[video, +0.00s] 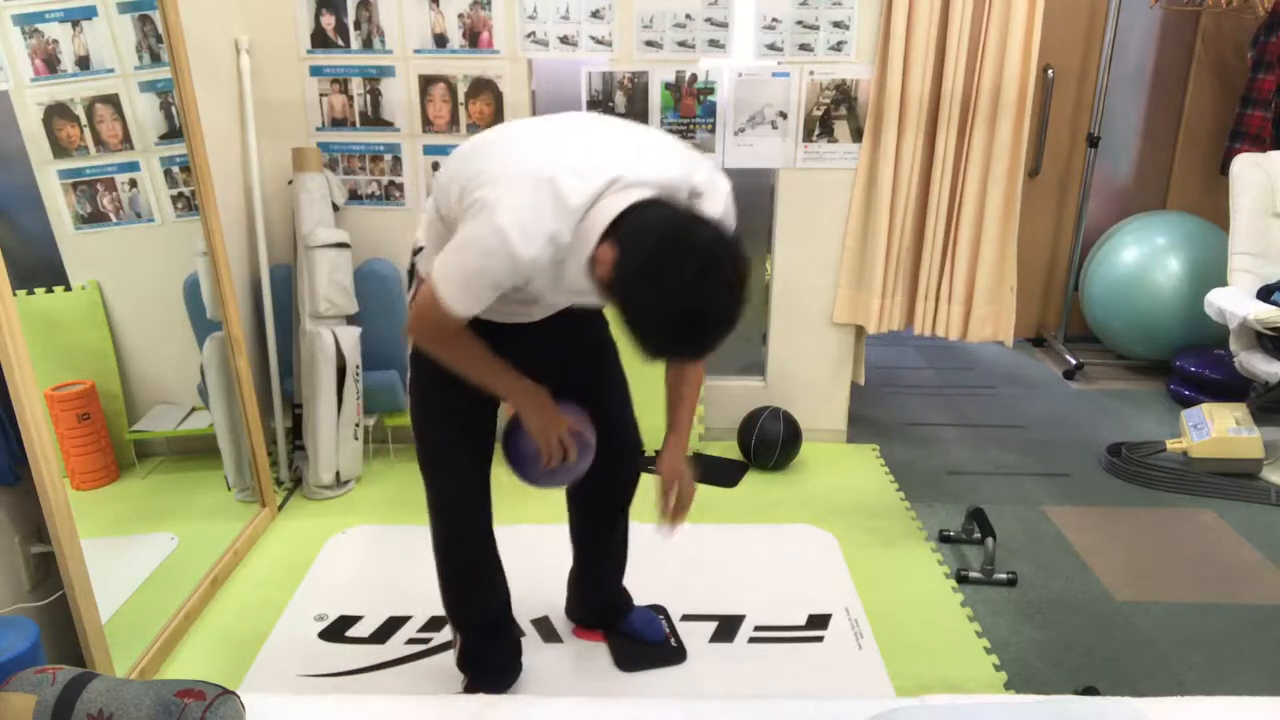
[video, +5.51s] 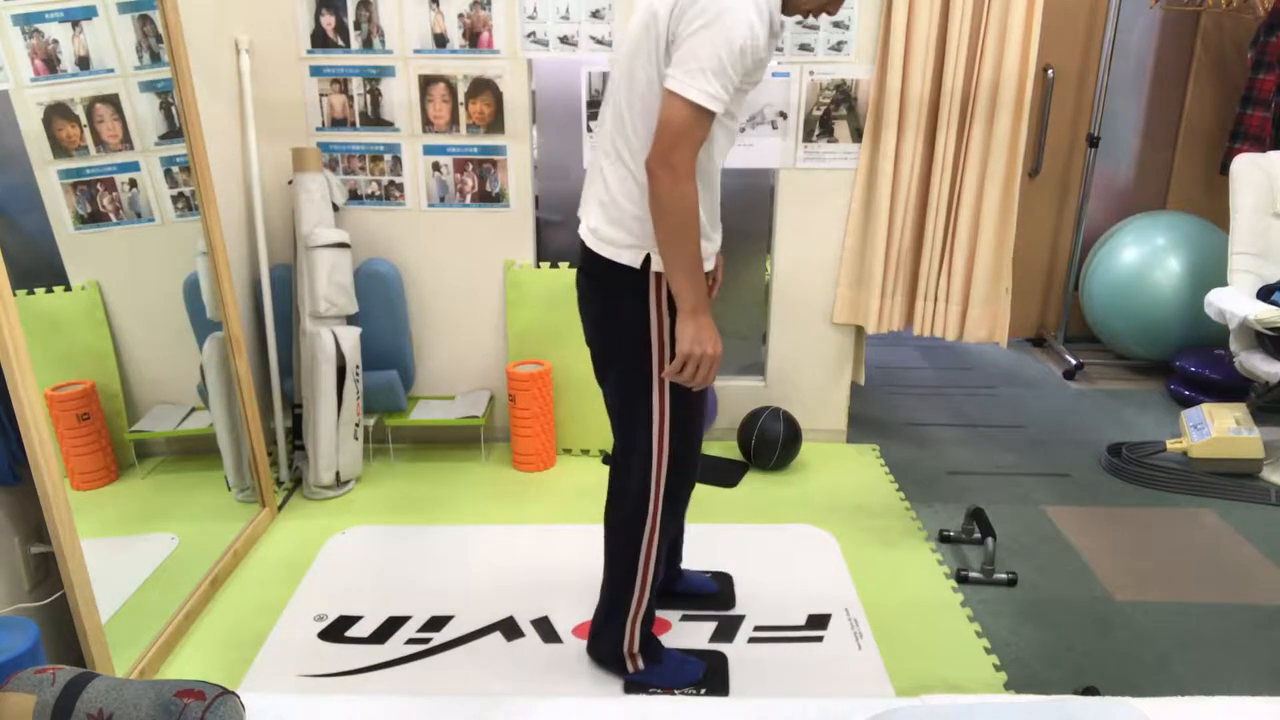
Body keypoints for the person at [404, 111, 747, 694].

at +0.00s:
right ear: (607, 265)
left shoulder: (710, 200)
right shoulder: (512, 232)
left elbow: (690, 334)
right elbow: (427, 323)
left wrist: (678, 442)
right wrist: (529, 399)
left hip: (567, 292)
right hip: (465, 290)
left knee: (613, 450)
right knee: (457, 489)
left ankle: (598, 600)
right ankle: (487, 652)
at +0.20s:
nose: (691, 284)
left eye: (706, 285)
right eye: (693, 274)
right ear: (674, 226)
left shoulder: (735, 170)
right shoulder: (570, 204)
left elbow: (706, 257)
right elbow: (464, 296)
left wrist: (701, 340)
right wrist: (541, 379)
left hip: (577, 278)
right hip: (481, 284)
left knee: (622, 446)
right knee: (467, 489)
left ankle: (599, 599)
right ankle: (483, 665)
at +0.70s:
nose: (768, 230)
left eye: (781, 227)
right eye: (779, 220)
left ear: (769, 163)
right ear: (767, 168)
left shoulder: (742, 145)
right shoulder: (668, 151)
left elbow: (651, 216)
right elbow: (556, 263)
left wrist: (638, 305)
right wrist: (575, 365)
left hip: (599, 267)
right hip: (510, 259)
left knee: (626, 438)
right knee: (490, 465)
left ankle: (598, 599)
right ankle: (471, 664)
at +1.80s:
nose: (787, 134)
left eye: (804, 127)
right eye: (802, 118)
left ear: (787, 62)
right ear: (785, 65)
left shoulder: (725, 70)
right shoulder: (698, 80)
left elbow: (611, 168)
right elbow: (560, 182)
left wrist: (619, 259)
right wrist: (562, 337)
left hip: (584, 266)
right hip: (530, 269)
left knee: (613, 441)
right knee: (570, 467)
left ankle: (608, 602)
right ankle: (556, 671)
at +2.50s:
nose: (746, 36)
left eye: (759, 25)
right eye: (758, 18)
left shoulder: (658, 28)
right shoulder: (614, 39)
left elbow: (585, 175)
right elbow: (530, 189)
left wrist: (600, 299)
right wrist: (565, 340)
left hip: (588, 276)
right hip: (536, 286)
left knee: (607, 444)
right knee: (569, 476)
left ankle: (601, 593)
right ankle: (553, 667)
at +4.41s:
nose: (724, 29)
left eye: (739, 21)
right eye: (739, 14)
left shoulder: (621, 13)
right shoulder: (661, 6)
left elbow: (585, 120)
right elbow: (607, 114)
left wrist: (607, 249)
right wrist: (626, 257)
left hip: (563, 240)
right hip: (561, 242)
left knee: (593, 431)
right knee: (580, 444)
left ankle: (580, 585)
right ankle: (545, 651)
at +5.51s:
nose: (834, 9)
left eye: (840, 4)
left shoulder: (741, 13)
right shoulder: (731, 18)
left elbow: (687, 146)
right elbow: (667, 161)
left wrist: (706, 243)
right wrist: (693, 307)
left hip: (660, 258)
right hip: (638, 264)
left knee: (676, 436)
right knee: (652, 453)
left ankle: (656, 572)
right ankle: (623, 644)